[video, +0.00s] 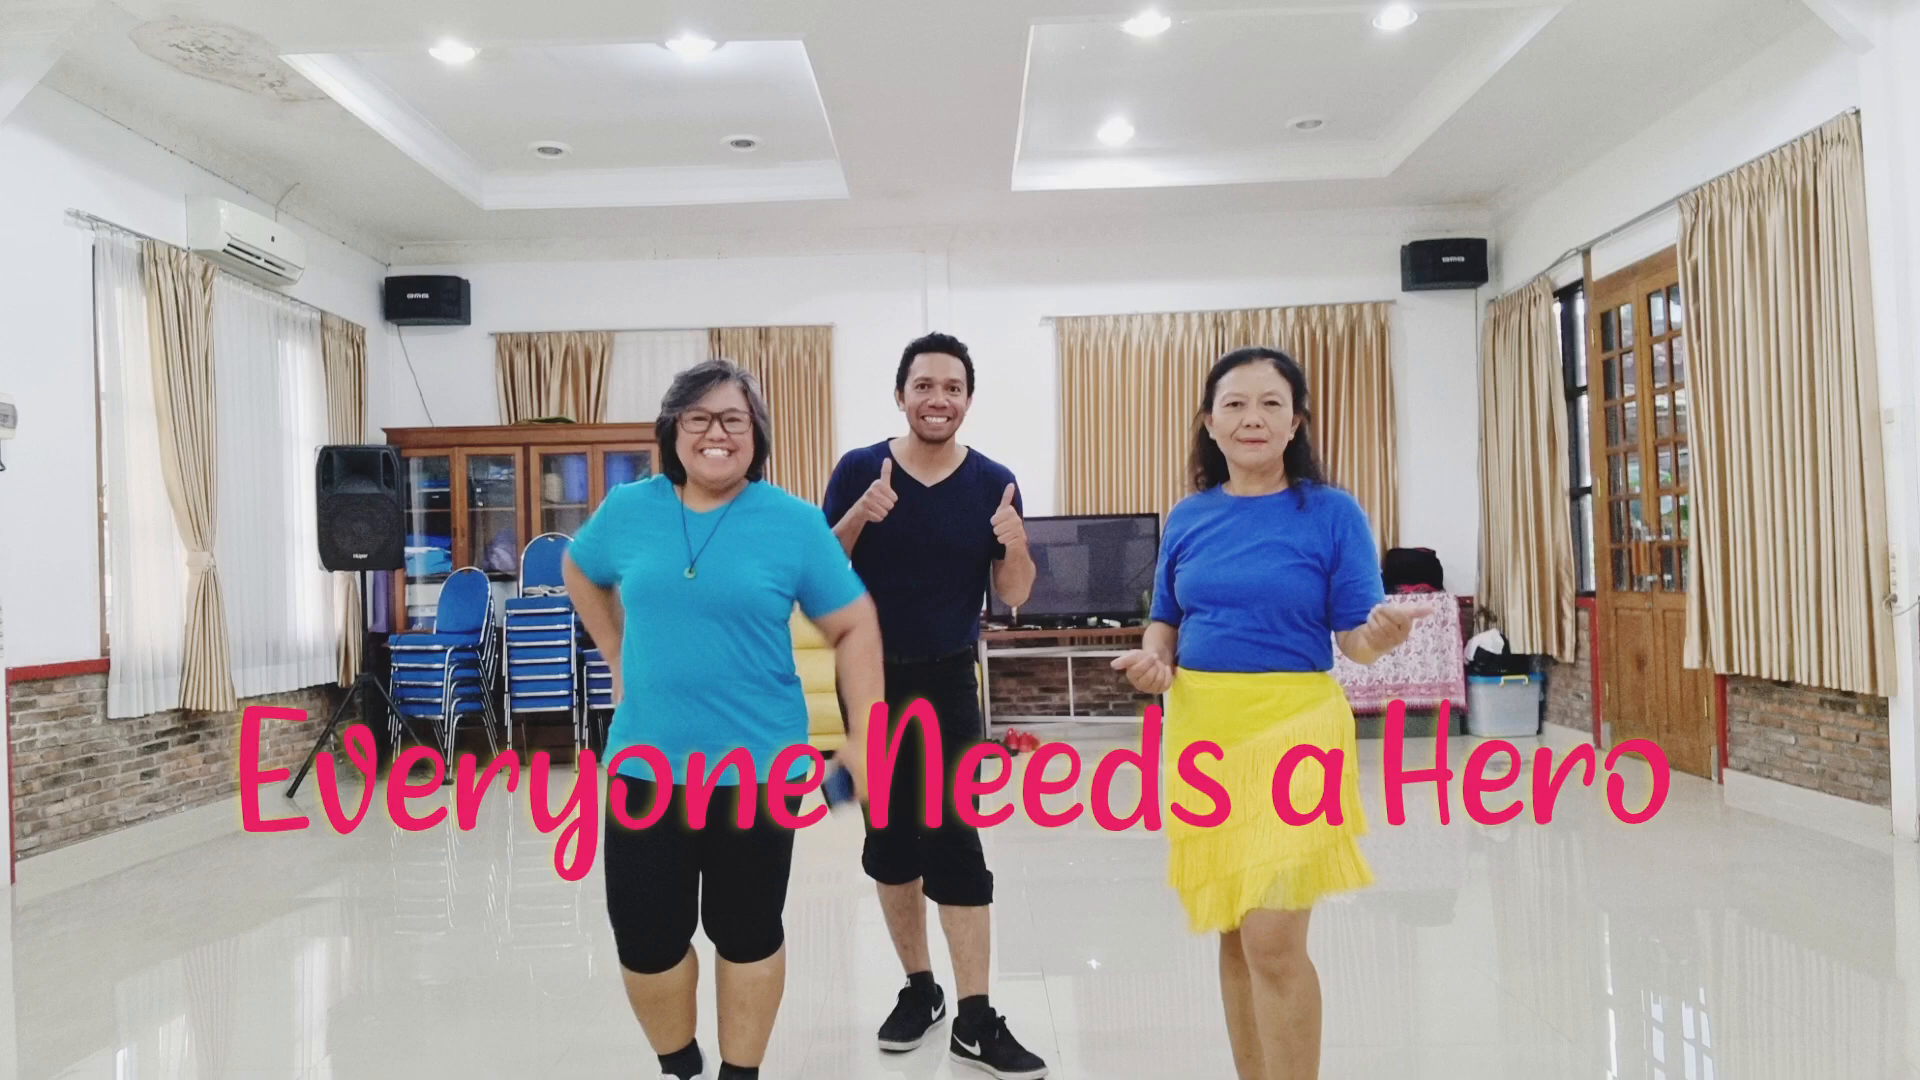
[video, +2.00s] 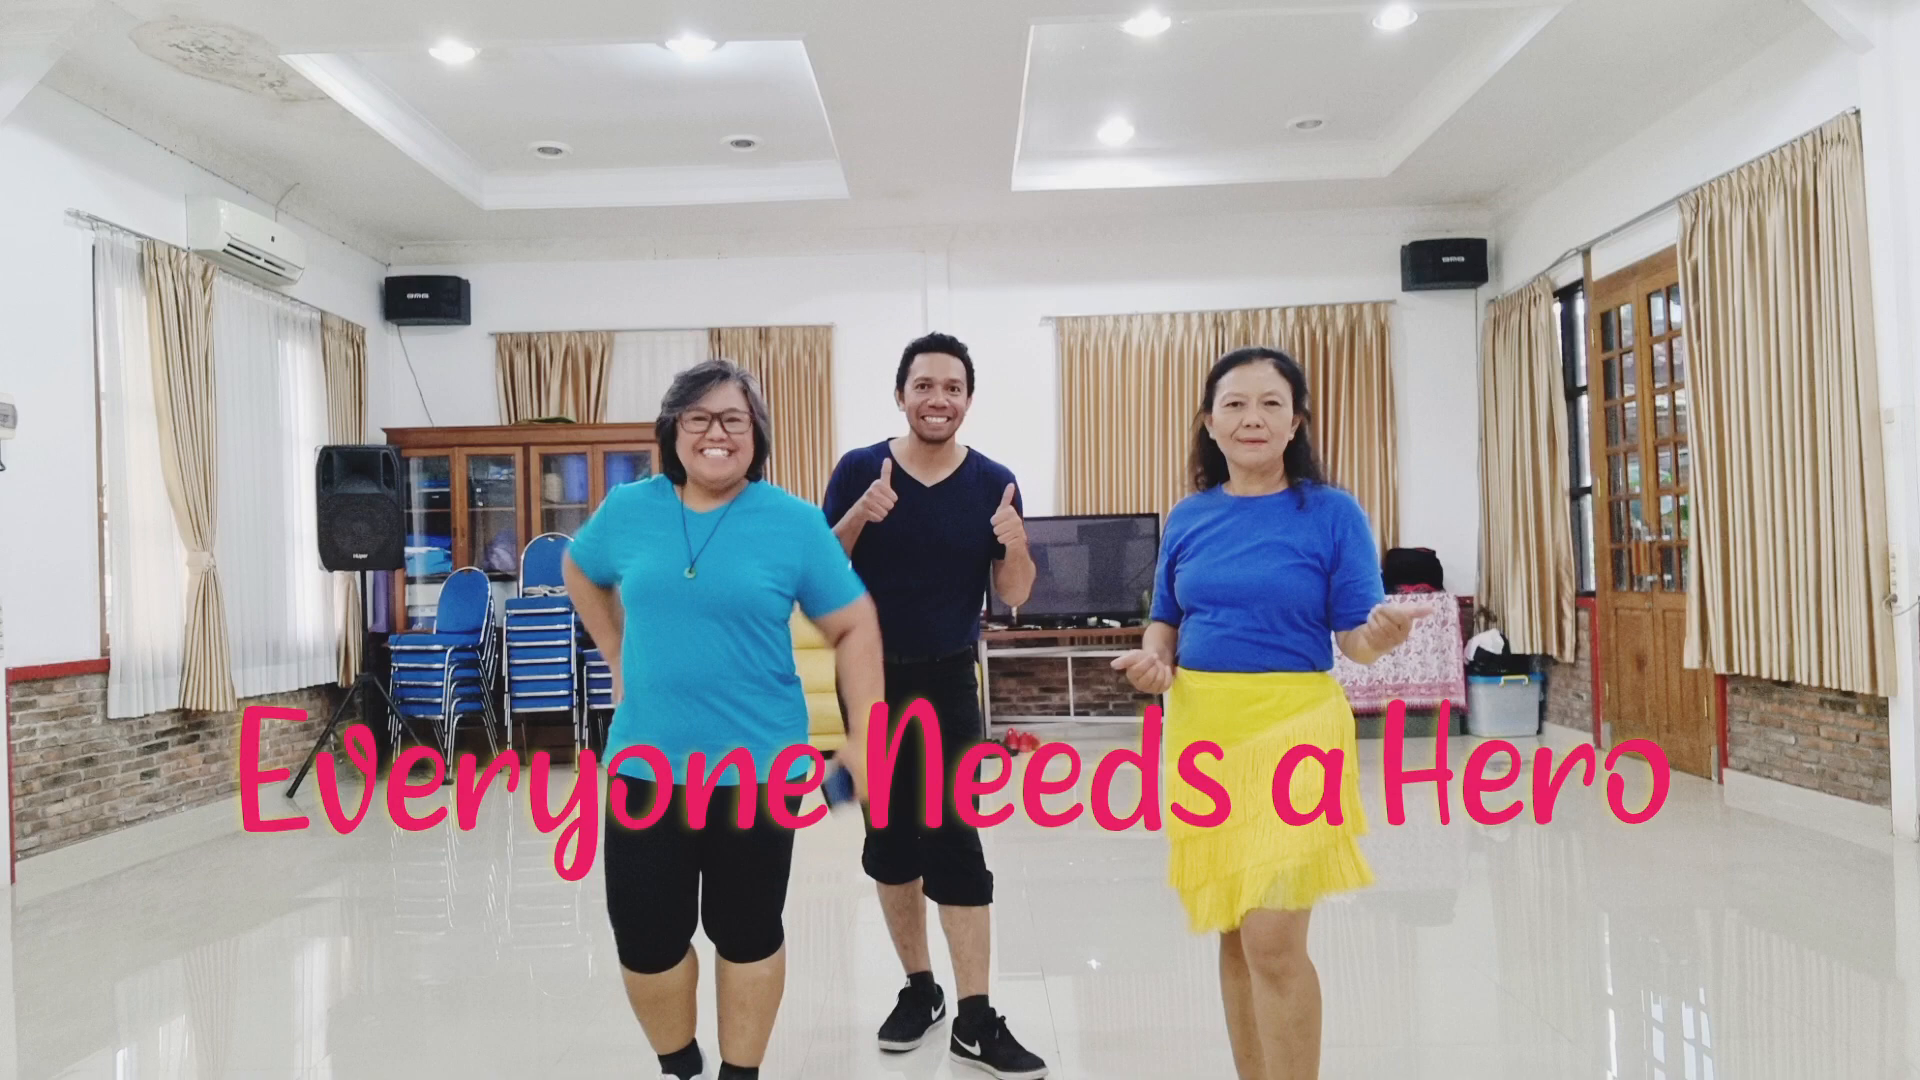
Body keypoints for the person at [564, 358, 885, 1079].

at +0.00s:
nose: (720, 432)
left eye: (736, 420)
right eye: (702, 420)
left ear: (756, 436)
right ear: (672, 434)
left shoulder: (795, 523)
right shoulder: (627, 509)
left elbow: (856, 626)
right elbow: (580, 570)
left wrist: (865, 738)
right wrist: (625, 663)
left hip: (758, 768)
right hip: (645, 764)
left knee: (746, 932)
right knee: (646, 938)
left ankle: (739, 1076)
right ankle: (680, 1069)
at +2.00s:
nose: (720, 432)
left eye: (736, 420)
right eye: (702, 420)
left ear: (756, 436)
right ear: (672, 434)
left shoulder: (795, 523)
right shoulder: (627, 509)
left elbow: (856, 626)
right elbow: (580, 570)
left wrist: (865, 738)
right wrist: (625, 663)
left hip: (758, 768)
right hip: (645, 764)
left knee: (746, 932)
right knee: (646, 938)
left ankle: (739, 1076)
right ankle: (680, 1069)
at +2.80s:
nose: (719, 316)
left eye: (735, 303)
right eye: (701, 303)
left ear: (756, 319)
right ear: (672, 317)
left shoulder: (795, 407)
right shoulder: (627, 393)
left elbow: (856, 509)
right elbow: (580, 453)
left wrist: (867, 622)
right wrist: (622, 544)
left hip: (758, 652)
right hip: (646, 649)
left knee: (748, 815)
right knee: (645, 819)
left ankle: (738, 973)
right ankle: (681, 961)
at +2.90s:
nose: (719, 156)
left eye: (735, 143)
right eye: (702, 143)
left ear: (756, 160)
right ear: (672, 157)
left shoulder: (795, 248)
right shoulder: (627, 233)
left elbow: (856, 349)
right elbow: (580, 293)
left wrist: (867, 462)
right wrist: (623, 384)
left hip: (757, 493)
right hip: (645, 491)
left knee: (746, 659)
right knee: (647, 666)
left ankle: (746, 811)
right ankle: (674, 808)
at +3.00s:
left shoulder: (798, 5)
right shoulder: (620, 3)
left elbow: (855, 85)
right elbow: (580, 30)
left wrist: (867, 197)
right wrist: (626, 128)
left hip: (757, 222)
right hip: (646, 220)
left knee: (746, 392)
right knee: (646, 398)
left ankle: (739, 548)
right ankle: (682, 537)